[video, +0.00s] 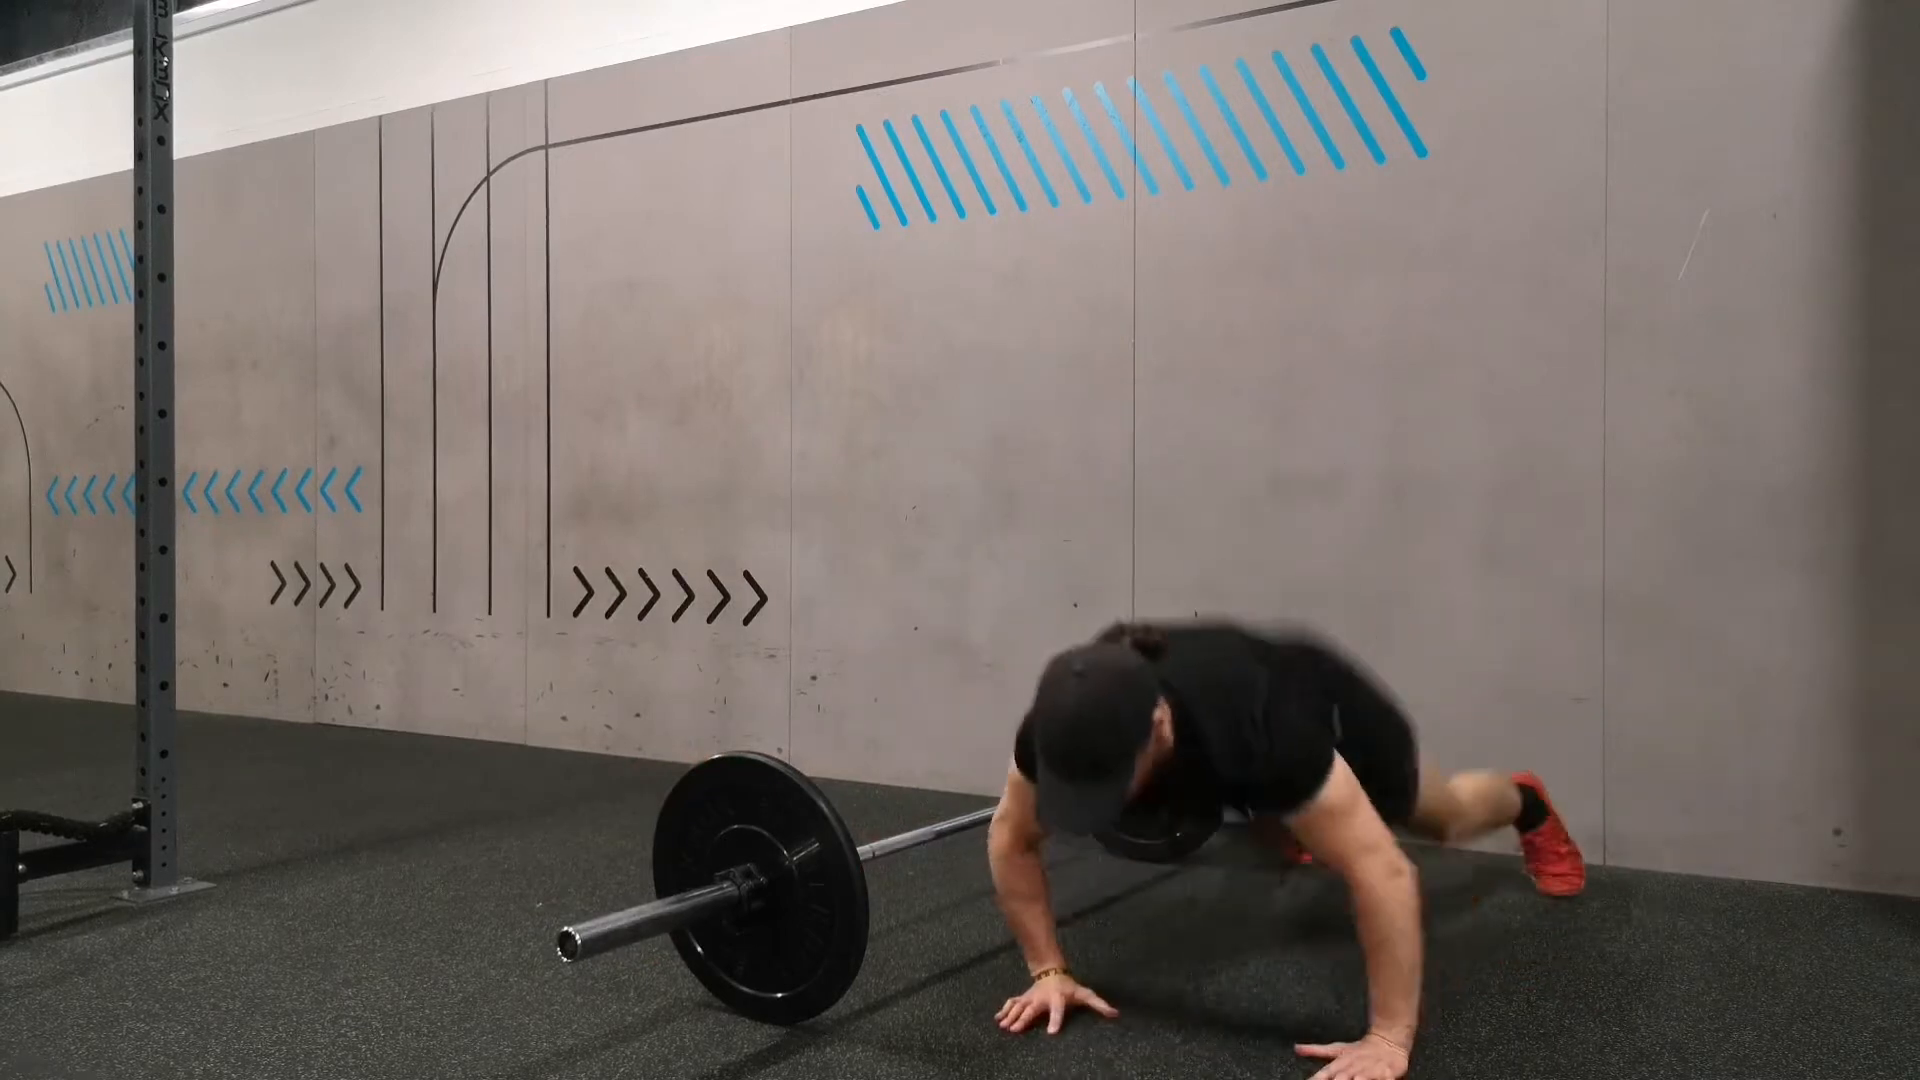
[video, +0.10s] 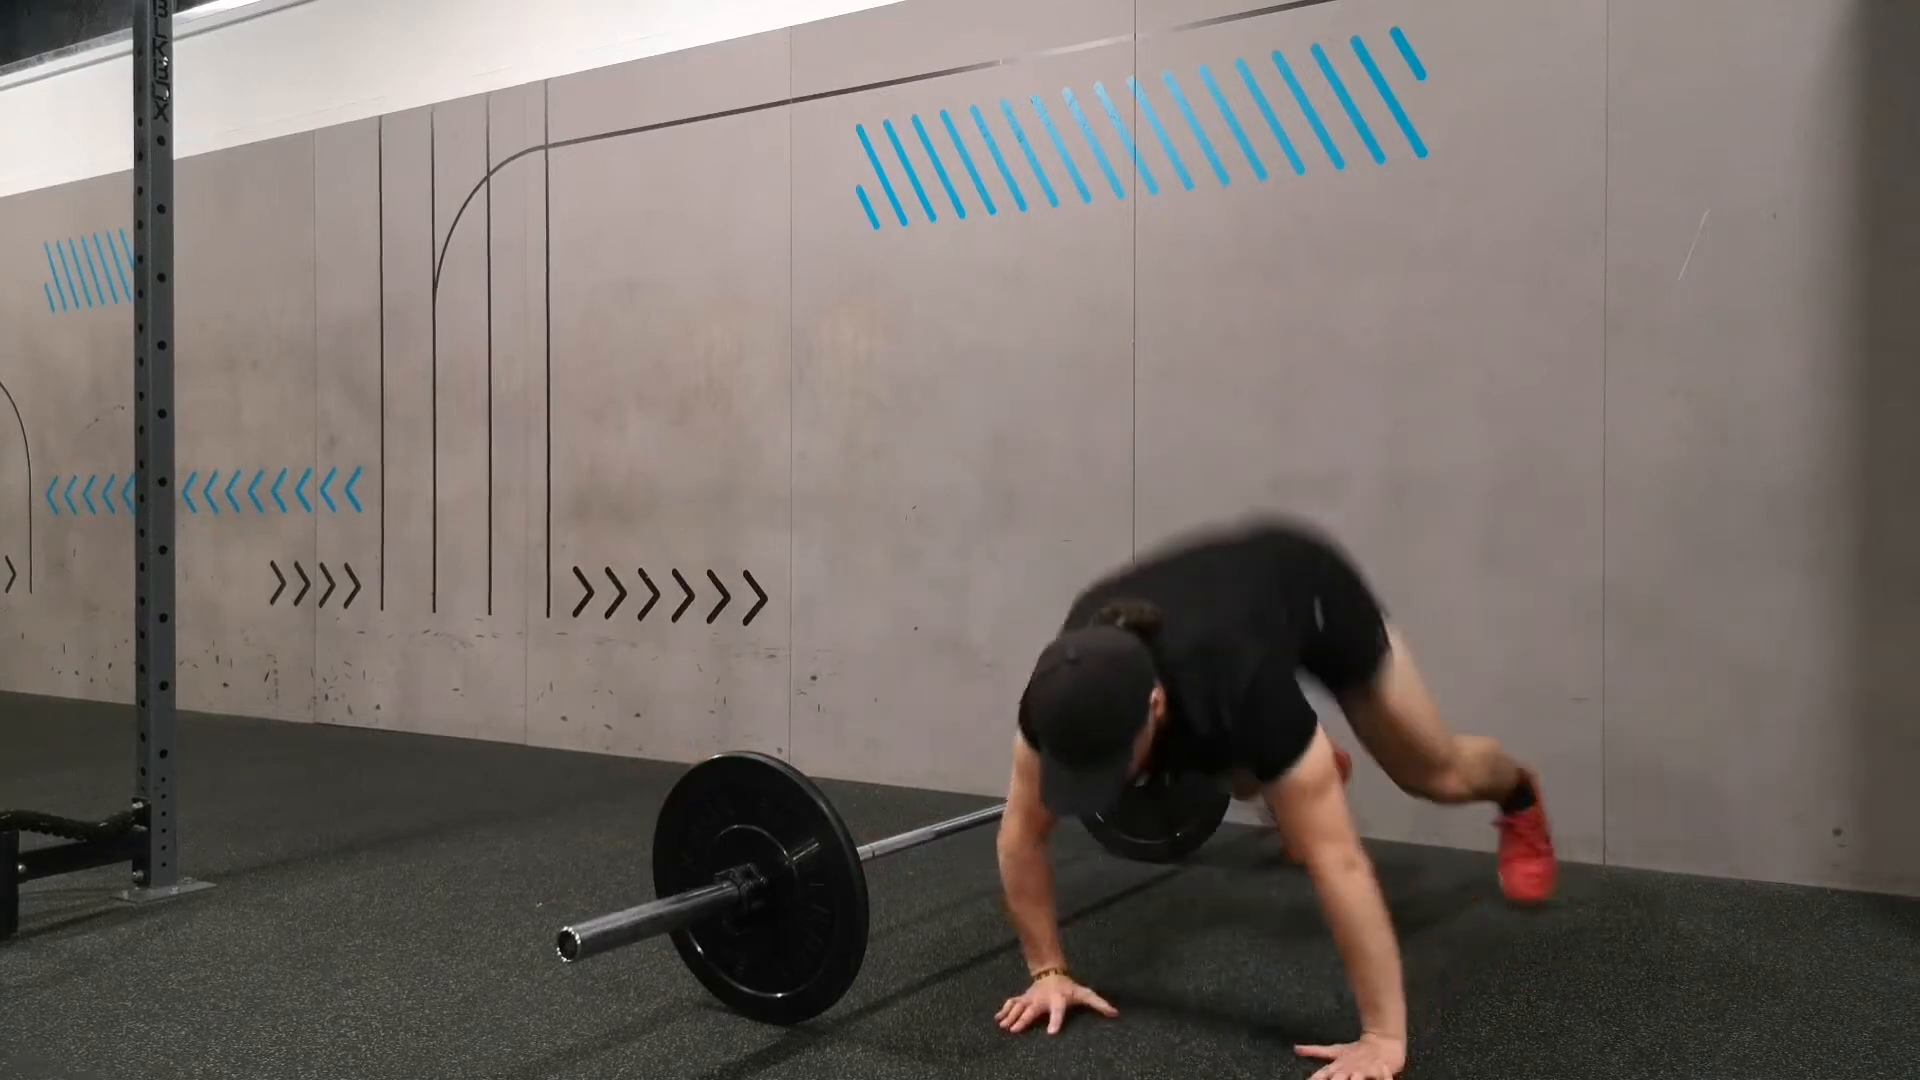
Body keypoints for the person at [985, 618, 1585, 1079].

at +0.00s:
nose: (1107, 801)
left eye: (1117, 784)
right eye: (1087, 792)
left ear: (1158, 732)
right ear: (1043, 740)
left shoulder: (1256, 728)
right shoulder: (1057, 731)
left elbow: (1382, 875)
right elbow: (1012, 842)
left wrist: (1389, 1040)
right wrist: (1047, 969)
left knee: (1435, 813)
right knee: (1251, 821)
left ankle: (1526, 798)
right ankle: (1296, 832)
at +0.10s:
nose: (1108, 783)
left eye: (1119, 765)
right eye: (1087, 772)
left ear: (1153, 710)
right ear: (1043, 724)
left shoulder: (1241, 688)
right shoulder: (1055, 700)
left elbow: (1338, 863)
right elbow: (1023, 834)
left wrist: (1384, 1036)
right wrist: (1047, 971)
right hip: (1179, 585)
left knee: (1435, 772)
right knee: (1228, 773)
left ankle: (1521, 791)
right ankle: (1314, 767)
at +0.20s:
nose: (1116, 762)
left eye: (1130, 741)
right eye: (1100, 747)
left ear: (1166, 685)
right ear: (1070, 699)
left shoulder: (1246, 661)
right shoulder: (1072, 673)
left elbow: (1304, 840)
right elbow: (1060, 818)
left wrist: (1364, 1012)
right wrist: (1053, 971)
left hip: (1303, 496)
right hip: (1187, 503)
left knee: (1385, 731)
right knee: (1173, 753)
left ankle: (1474, 844)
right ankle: (1285, 773)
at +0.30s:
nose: (1109, 682)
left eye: (1114, 664)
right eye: (1091, 674)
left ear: (1142, 623)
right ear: (1058, 645)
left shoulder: (1221, 606)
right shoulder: (1078, 636)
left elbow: (1280, 777)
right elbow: (1081, 804)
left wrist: (1324, 953)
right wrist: (1060, 962)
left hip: (1323, 510)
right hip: (1201, 515)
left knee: (1346, 720)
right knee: (1118, 702)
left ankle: (1451, 904)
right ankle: (1199, 831)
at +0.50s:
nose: (944, 442)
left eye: (947, 421)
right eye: (934, 430)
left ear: (989, 387)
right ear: (937, 426)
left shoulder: (1099, 408)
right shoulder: (973, 474)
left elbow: (1235, 507)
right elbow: (991, 610)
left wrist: (1342, 614)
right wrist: (1019, 728)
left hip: (1232, 544)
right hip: (1135, 569)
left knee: (1282, 719)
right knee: (1048, 709)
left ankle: (1451, 899)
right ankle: (1159, 874)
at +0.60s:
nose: (910, 363)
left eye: (914, 341)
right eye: (898, 351)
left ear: (956, 311)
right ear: (899, 349)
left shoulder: (1059, 339)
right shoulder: (929, 407)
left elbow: (1195, 426)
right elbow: (953, 539)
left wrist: (1309, 526)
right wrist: (991, 648)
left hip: (1186, 489)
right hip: (1095, 524)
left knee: (1230, 650)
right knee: (1049, 691)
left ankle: (1393, 841)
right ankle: (1158, 872)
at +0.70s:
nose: (869, 278)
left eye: (873, 258)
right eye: (858, 268)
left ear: (917, 223)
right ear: (860, 263)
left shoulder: (1015, 261)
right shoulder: (881, 320)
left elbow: (1136, 376)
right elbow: (893, 444)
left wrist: (1245, 483)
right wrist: (922, 550)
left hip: (1113, 413)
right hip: (1029, 458)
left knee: (1069, 531)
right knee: (1032, 629)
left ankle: (1222, 685)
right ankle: (1125, 822)